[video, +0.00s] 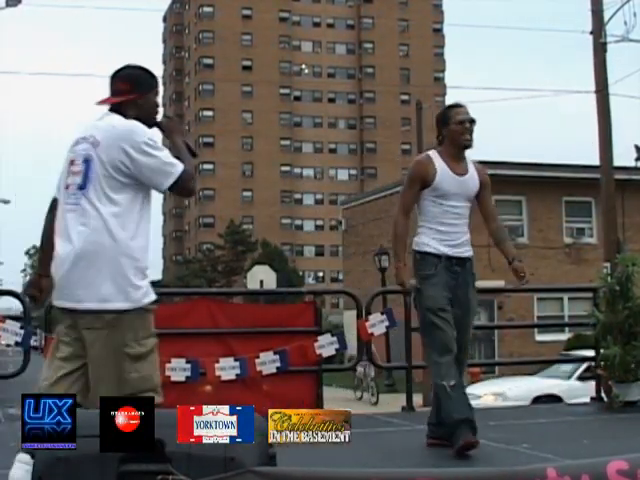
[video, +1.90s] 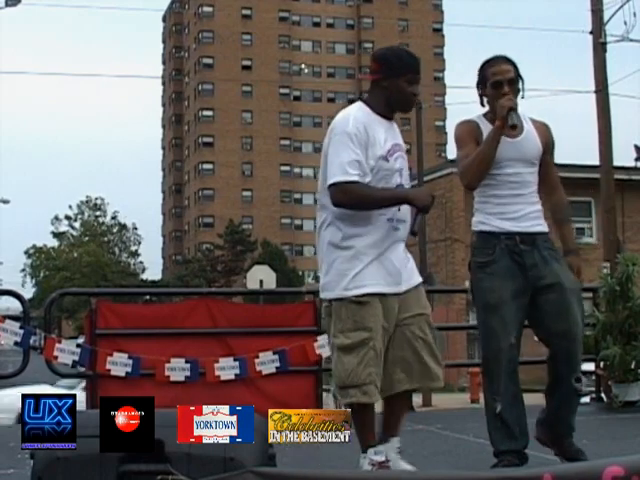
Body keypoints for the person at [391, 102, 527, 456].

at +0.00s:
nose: (467, 128)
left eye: (470, 123)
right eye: (460, 124)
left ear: (473, 129)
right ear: (442, 130)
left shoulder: (477, 173)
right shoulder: (424, 165)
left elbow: (493, 221)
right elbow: (402, 214)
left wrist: (513, 259)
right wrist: (399, 265)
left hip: (463, 264)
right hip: (430, 262)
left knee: (459, 346)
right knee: (444, 344)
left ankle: (440, 426)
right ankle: (462, 427)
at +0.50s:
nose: (482, 113)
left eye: (484, 107)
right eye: (474, 108)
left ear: (488, 113)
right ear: (455, 117)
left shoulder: (494, 158)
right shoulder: (439, 158)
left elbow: (498, 212)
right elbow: (421, 215)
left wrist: (502, 256)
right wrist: (424, 277)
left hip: (492, 260)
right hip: (456, 260)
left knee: (513, 342)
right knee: (460, 349)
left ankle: (494, 425)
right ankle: (467, 435)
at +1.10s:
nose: (533, 101)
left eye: (538, 96)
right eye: (524, 96)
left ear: (544, 104)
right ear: (508, 105)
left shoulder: (550, 155)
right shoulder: (490, 144)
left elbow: (554, 209)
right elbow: (465, 196)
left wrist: (559, 255)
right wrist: (473, 244)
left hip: (543, 258)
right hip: (501, 256)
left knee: (546, 352)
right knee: (500, 342)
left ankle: (546, 443)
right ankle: (477, 423)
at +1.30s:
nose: (536, 100)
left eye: (542, 93)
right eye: (528, 94)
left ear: (552, 99)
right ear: (515, 100)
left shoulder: (566, 147)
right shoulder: (496, 139)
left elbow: (586, 201)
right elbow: (468, 188)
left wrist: (600, 253)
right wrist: (491, 193)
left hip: (548, 256)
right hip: (503, 254)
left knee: (549, 351)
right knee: (502, 348)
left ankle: (546, 443)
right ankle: (495, 442)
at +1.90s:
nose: (506, 90)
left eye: (511, 83)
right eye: (497, 85)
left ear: (520, 86)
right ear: (481, 92)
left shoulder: (540, 131)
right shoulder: (470, 129)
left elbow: (553, 192)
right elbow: (469, 179)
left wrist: (570, 250)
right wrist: (497, 129)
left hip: (541, 249)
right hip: (493, 251)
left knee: (570, 337)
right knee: (500, 350)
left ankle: (556, 427)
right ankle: (509, 449)